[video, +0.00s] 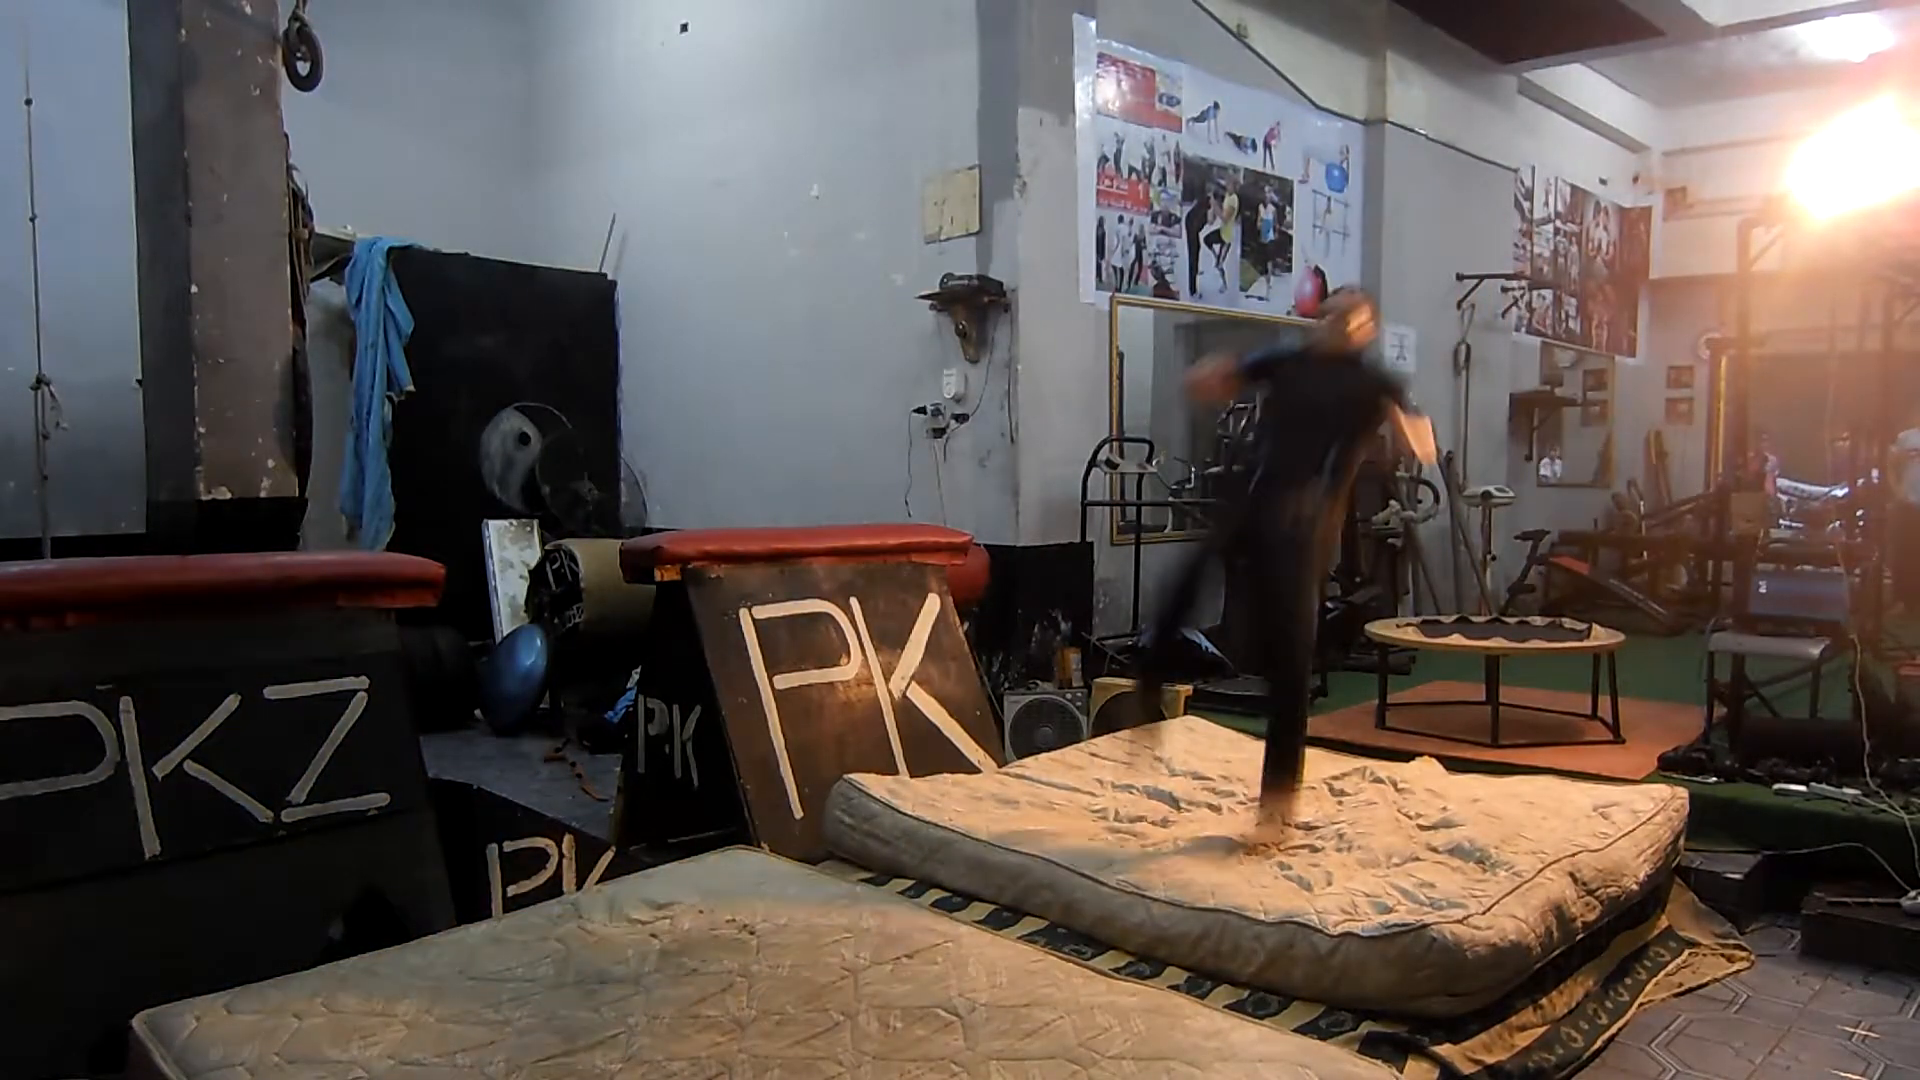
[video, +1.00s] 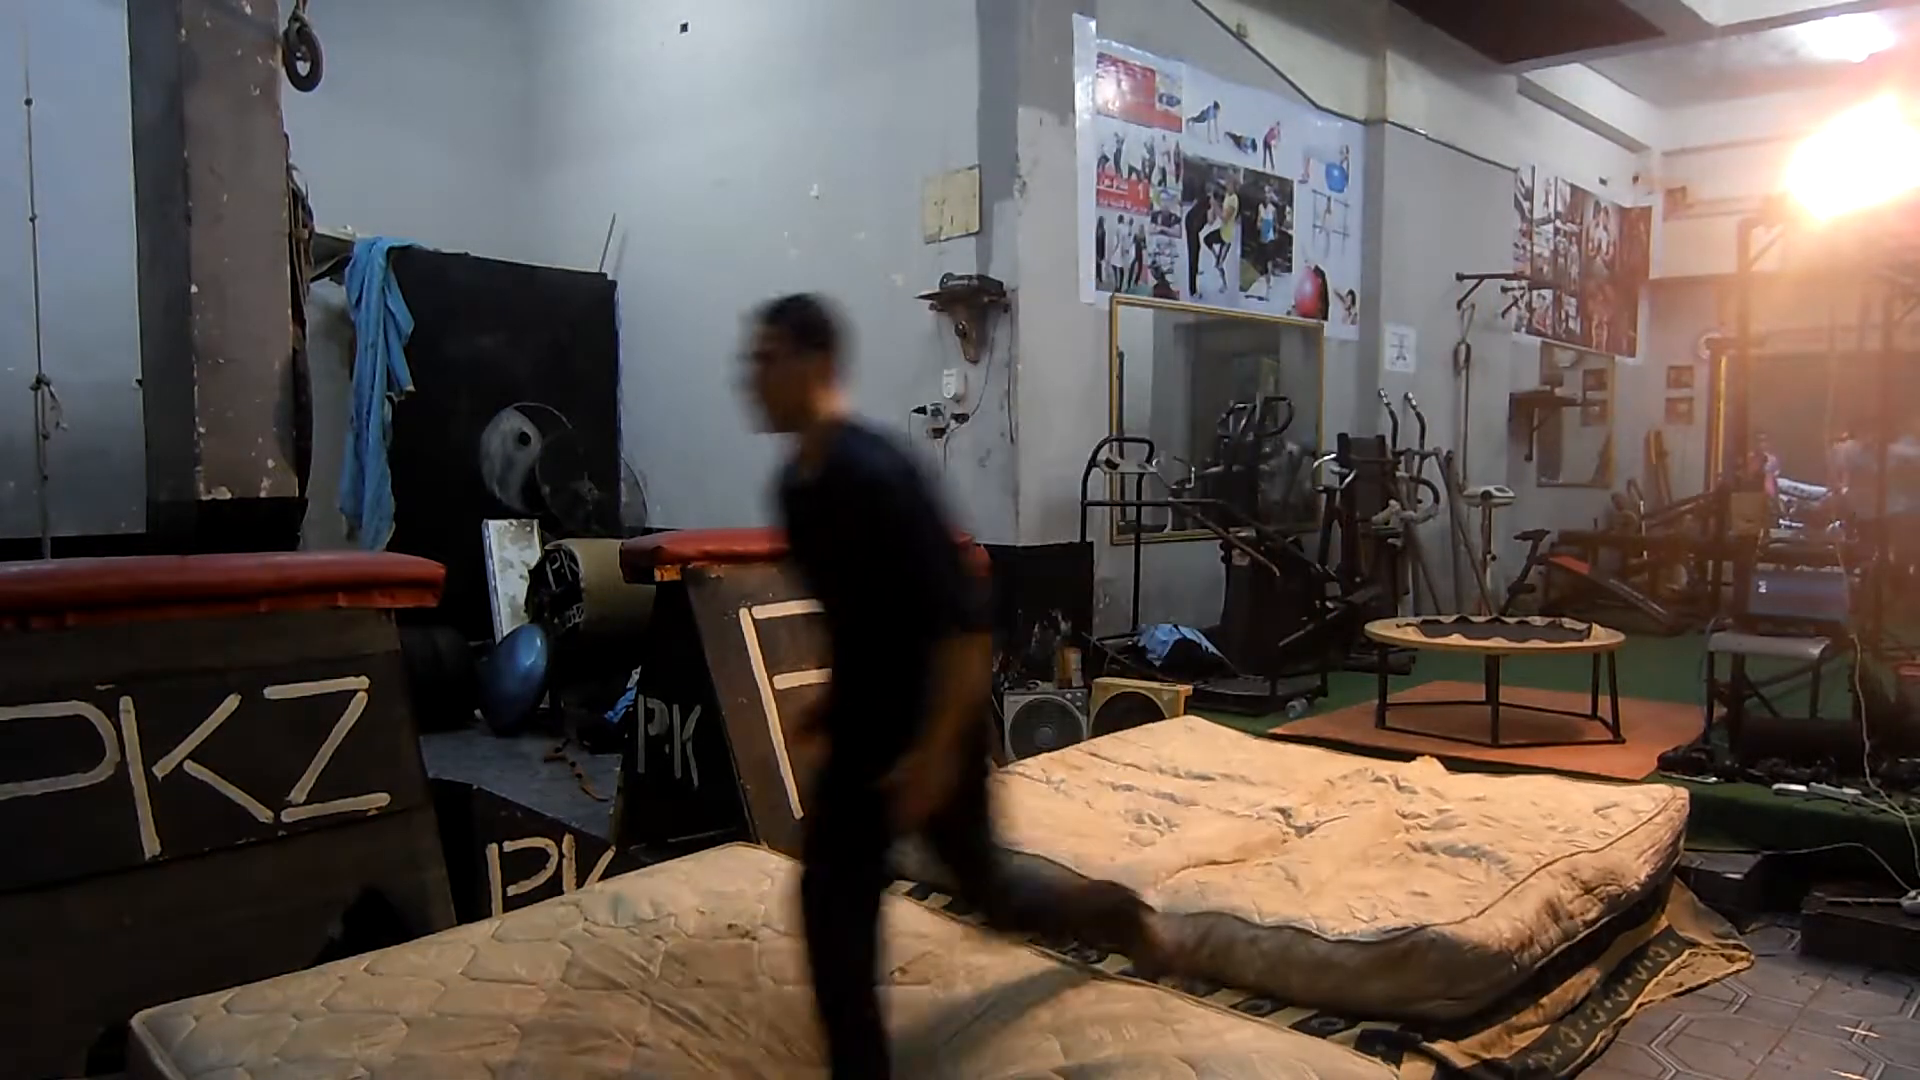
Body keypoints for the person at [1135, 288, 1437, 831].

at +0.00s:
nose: (1352, 324)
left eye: (1362, 318)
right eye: (1344, 314)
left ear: (1371, 330)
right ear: (1325, 320)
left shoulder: (1374, 381)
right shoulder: (1287, 361)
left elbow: (1424, 451)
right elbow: (1203, 383)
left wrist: (1401, 410)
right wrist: (1223, 376)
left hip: (1304, 539)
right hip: (1243, 520)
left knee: (1290, 670)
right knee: (1176, 609)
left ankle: (1276, 811)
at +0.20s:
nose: (1202, 413)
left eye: (1217, 402)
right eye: (1196, 402)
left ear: (1249, 413)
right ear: (1190, 410)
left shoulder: (1283, 500)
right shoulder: (1173, 492)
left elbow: (1327, 588)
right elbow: (1132, 571)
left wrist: (1340, 661)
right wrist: (1089, 611)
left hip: (1253, 668)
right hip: (1188, 661)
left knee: (1218, 796)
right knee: (1139, 783)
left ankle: (1264, 889)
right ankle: (1144, 886)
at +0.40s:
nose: (1144, 294)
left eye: (1157, 280)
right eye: (1135, 282)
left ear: (1189, 286)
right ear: (1126, 293)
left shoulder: (1236, 375)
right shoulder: (1111, 376)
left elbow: (1277, 476)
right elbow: (1110, 465)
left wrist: (1294, 569)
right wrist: (1094, 531)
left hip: (1205, 562)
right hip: (1135, 560)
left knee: (1195, 708)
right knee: (1127, 713)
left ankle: (1224, 807)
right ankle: (1139, 853)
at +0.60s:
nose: (1080, 280)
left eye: (1093, 265)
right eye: (1071, 267)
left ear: (1134, 266)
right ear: (1063, 275)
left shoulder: (1193, 359)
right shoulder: (1045, 363)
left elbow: (1279, 450)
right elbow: (992, 444)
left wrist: (1316, 550)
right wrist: (940, 526)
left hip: (1159, 561)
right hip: (1080, 558)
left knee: (1159, 730)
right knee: (1047, 699)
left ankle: (1150, 876)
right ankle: (1112, 720)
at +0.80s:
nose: (965, 395)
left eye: (979, 378)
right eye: (962, 379)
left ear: (1024, 380)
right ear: (964, 382)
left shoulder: (1088, 475)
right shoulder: (971, 467)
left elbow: (1194, 598)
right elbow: (927, 545)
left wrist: (1200, 721)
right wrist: (856, 603)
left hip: (1089, 677)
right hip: (1008, 665)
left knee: (1117, 841)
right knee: (912, 713)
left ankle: (1154, 993)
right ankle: (932, 908)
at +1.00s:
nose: (752, 377)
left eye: (768, 360)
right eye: (753, 360)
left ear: (820, 366)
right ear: (783, 369)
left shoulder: (881, 467)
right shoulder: (800, 482)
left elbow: (969, 618)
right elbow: (866, 619)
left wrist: (939, 751)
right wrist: (832, 697)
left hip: (934, 705)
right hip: (869, 706)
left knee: (983, 885)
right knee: (835, 899)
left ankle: (1118, 915)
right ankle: (859, 1064)